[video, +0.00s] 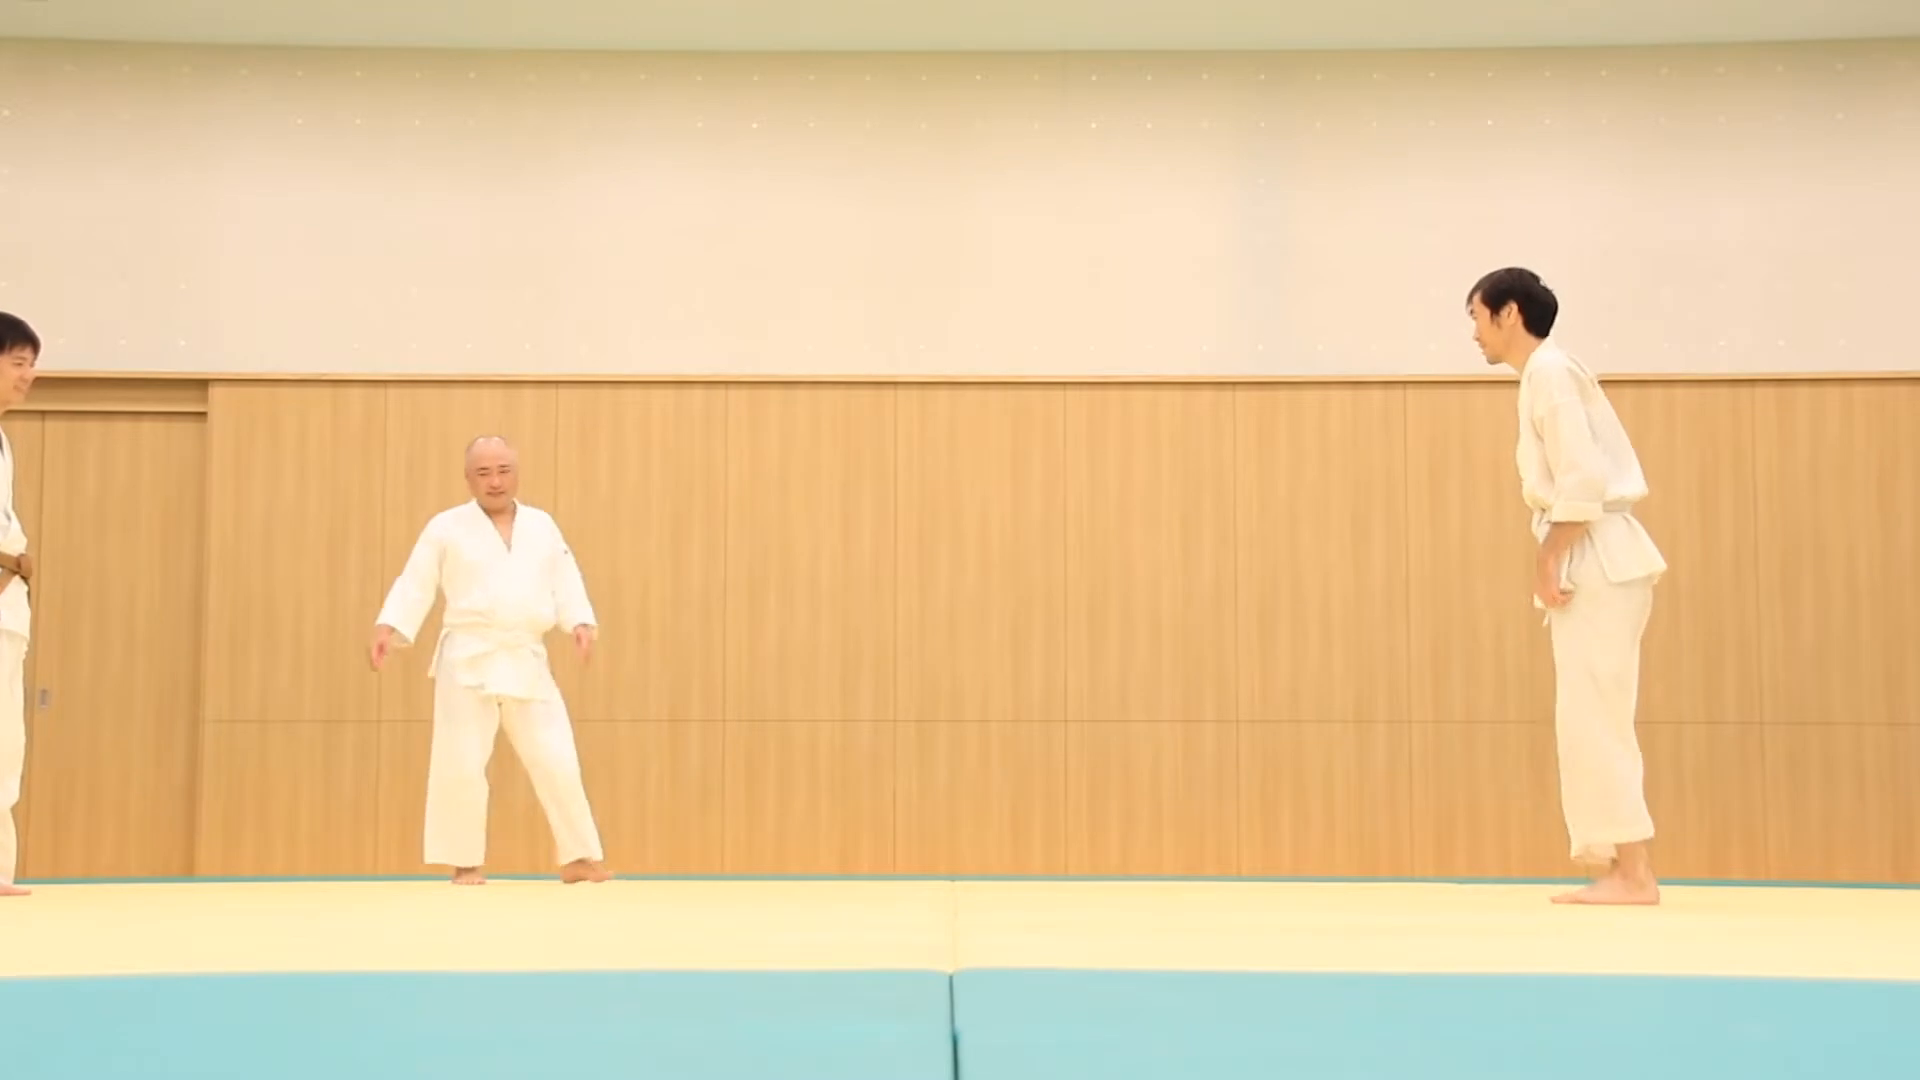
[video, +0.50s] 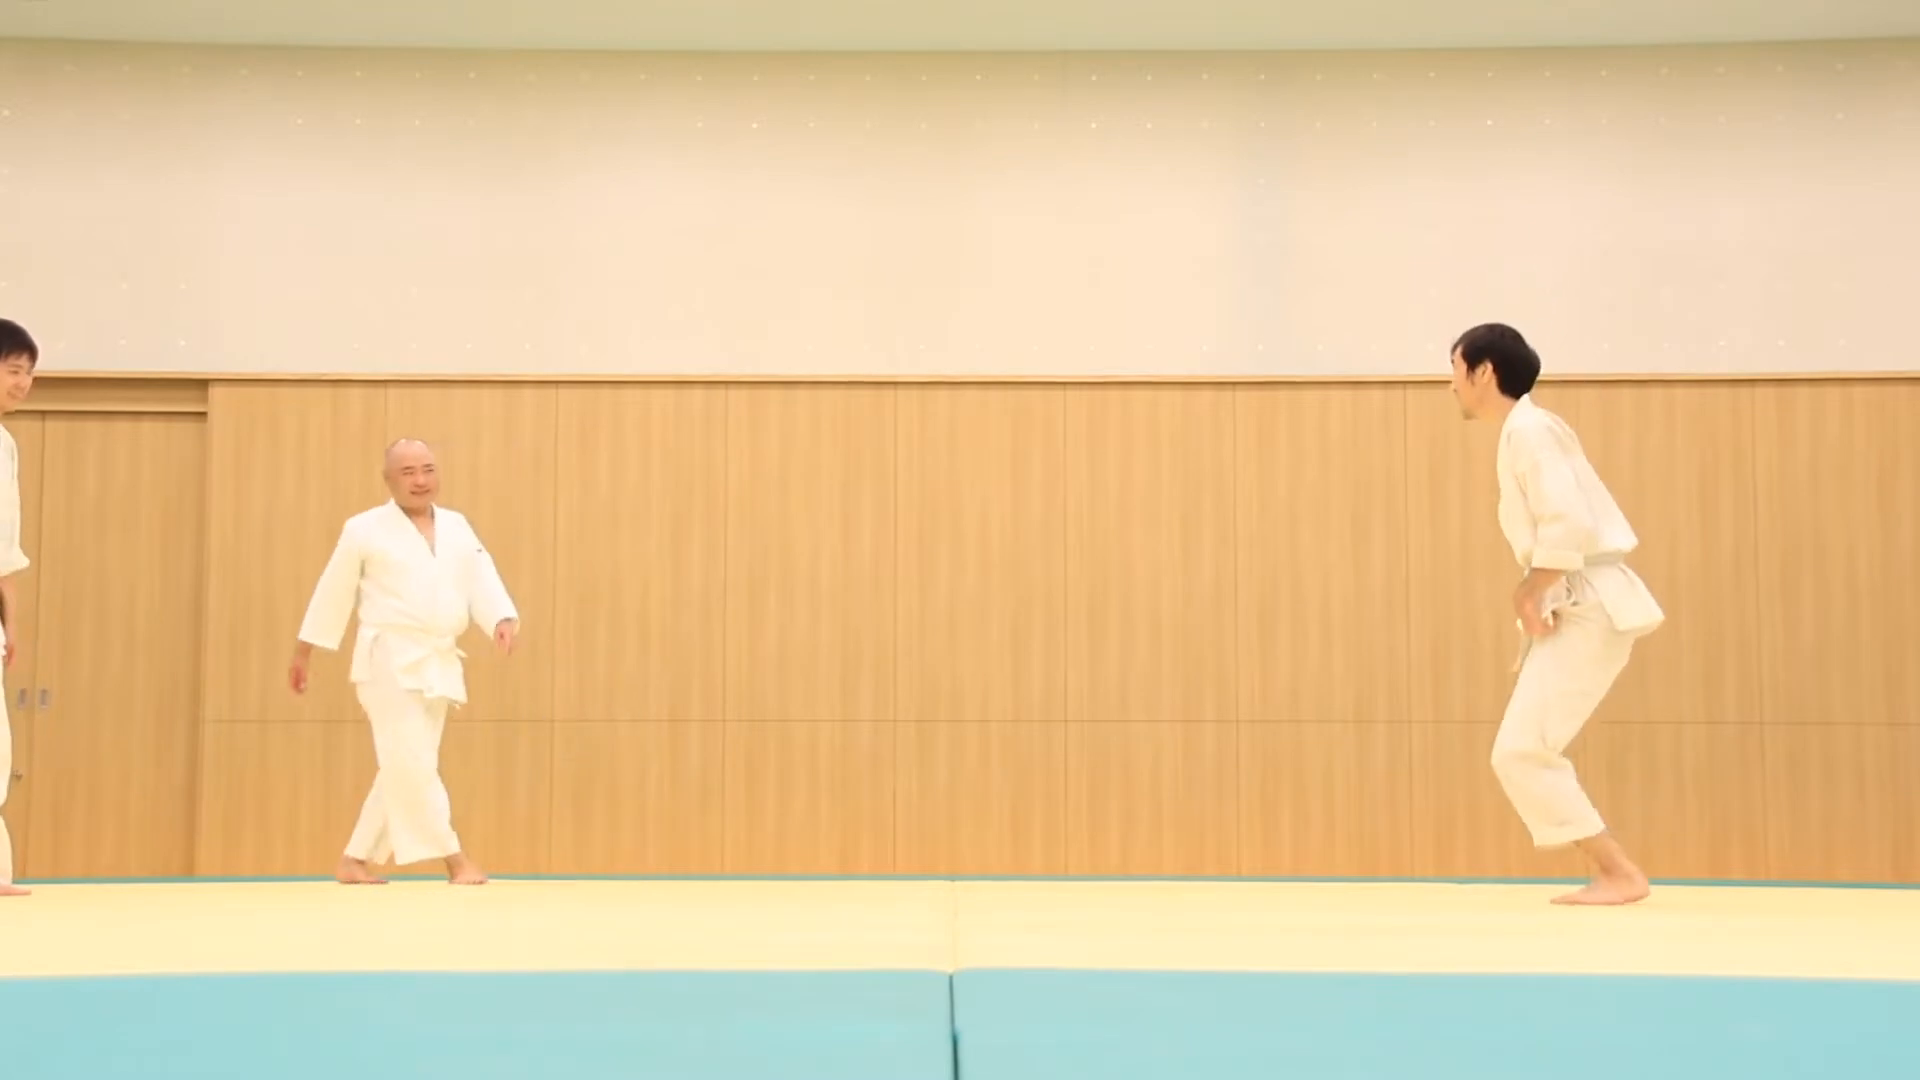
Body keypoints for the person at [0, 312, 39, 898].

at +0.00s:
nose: (28, 377)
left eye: (31, 366)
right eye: (20, 364)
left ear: (25, 369)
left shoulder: (5, 442)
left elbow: (9, 519)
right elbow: (4, 521)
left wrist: (19, 556)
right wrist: (17, 556)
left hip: (11, 616)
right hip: (5, 618)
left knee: (9, 744)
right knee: (5, 744)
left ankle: (4, 866)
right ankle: (0, 867)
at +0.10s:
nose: (27, 377)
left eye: (30, 366)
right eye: (19, 364)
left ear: (26, 370)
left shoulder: (5, 443)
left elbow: (8, 520)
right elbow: (4, 520)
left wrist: (18, 555)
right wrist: (15, 554)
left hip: (10, 620)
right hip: (3, 621)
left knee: (9, 744)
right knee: (5, 745)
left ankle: (3, 866)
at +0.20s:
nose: (26, 378)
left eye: (29, 367)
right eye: (18, 365)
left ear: (27, 372)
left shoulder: (7, 445)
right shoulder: (2, 445)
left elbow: (7, 526)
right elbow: (5, 525)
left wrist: (18, 557)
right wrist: (15, 557)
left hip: (9, 623)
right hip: (4, 624)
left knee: (9, 744)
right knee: (6, 745)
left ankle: (4, 867)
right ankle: (1, 868)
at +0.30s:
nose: (26, 379)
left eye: (30, 367)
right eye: (18, 365)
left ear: (27, 372)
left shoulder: (6, 445)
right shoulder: (2, 444)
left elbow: (8, 532)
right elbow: (5, 533)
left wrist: (17, 565)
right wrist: (14, 564)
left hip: (7, 622)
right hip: (2, 622)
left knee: (8, 743)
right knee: (5, 744)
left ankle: (3, 867)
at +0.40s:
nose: (27, 381)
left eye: (31, 369)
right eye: (19, 367)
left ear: (28, 373)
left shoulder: (8, 445)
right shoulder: (4, 446)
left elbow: (9, 536)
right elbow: (7, 537)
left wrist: (14, 569)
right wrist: (13, 570)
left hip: (2, 608)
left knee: (5, 740)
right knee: (3, 742)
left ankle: (3, 867)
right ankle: (0, 867)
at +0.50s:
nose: (24, 383)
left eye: (28, 372)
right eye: (16, 370)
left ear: (27, 376)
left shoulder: (7, 445)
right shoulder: (3, 446)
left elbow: (8, 546)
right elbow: (6, 547)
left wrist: (9, 622)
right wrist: (9, 623)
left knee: (2, 751)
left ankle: (2, 867)